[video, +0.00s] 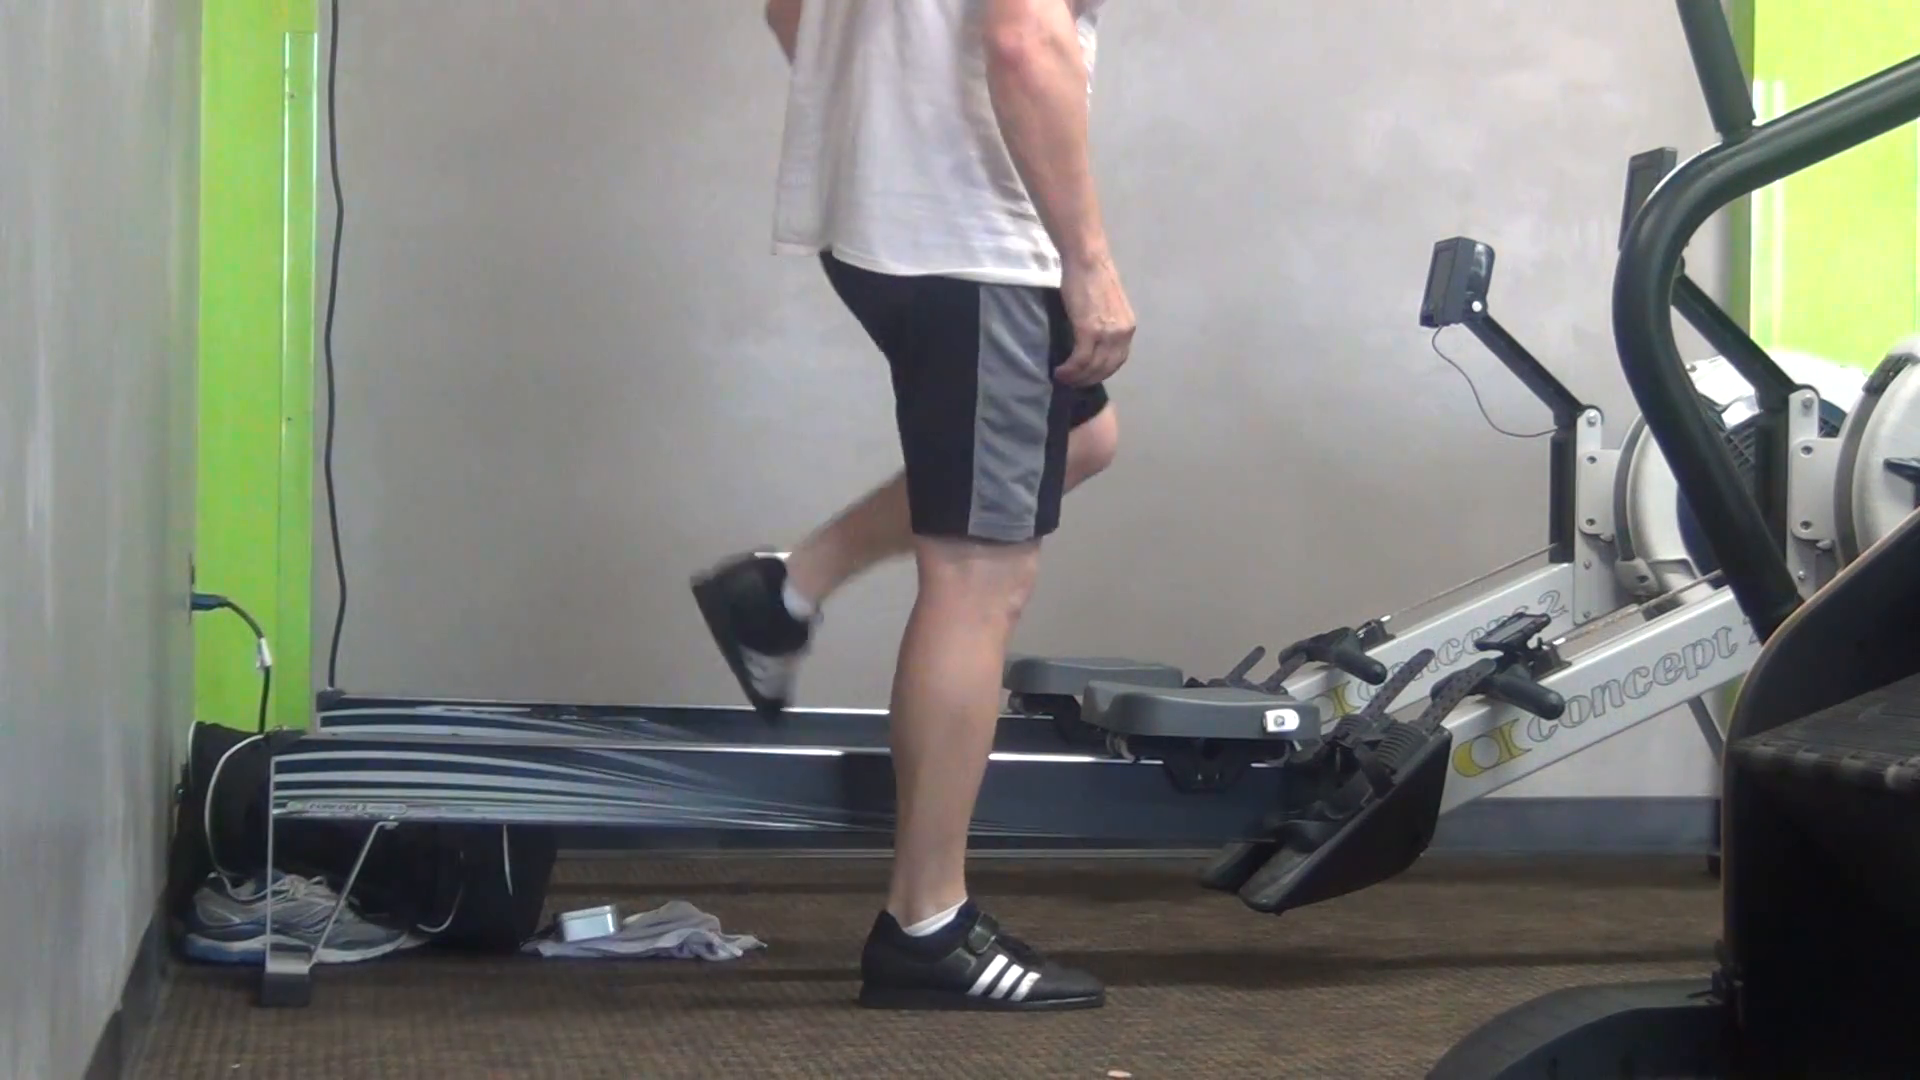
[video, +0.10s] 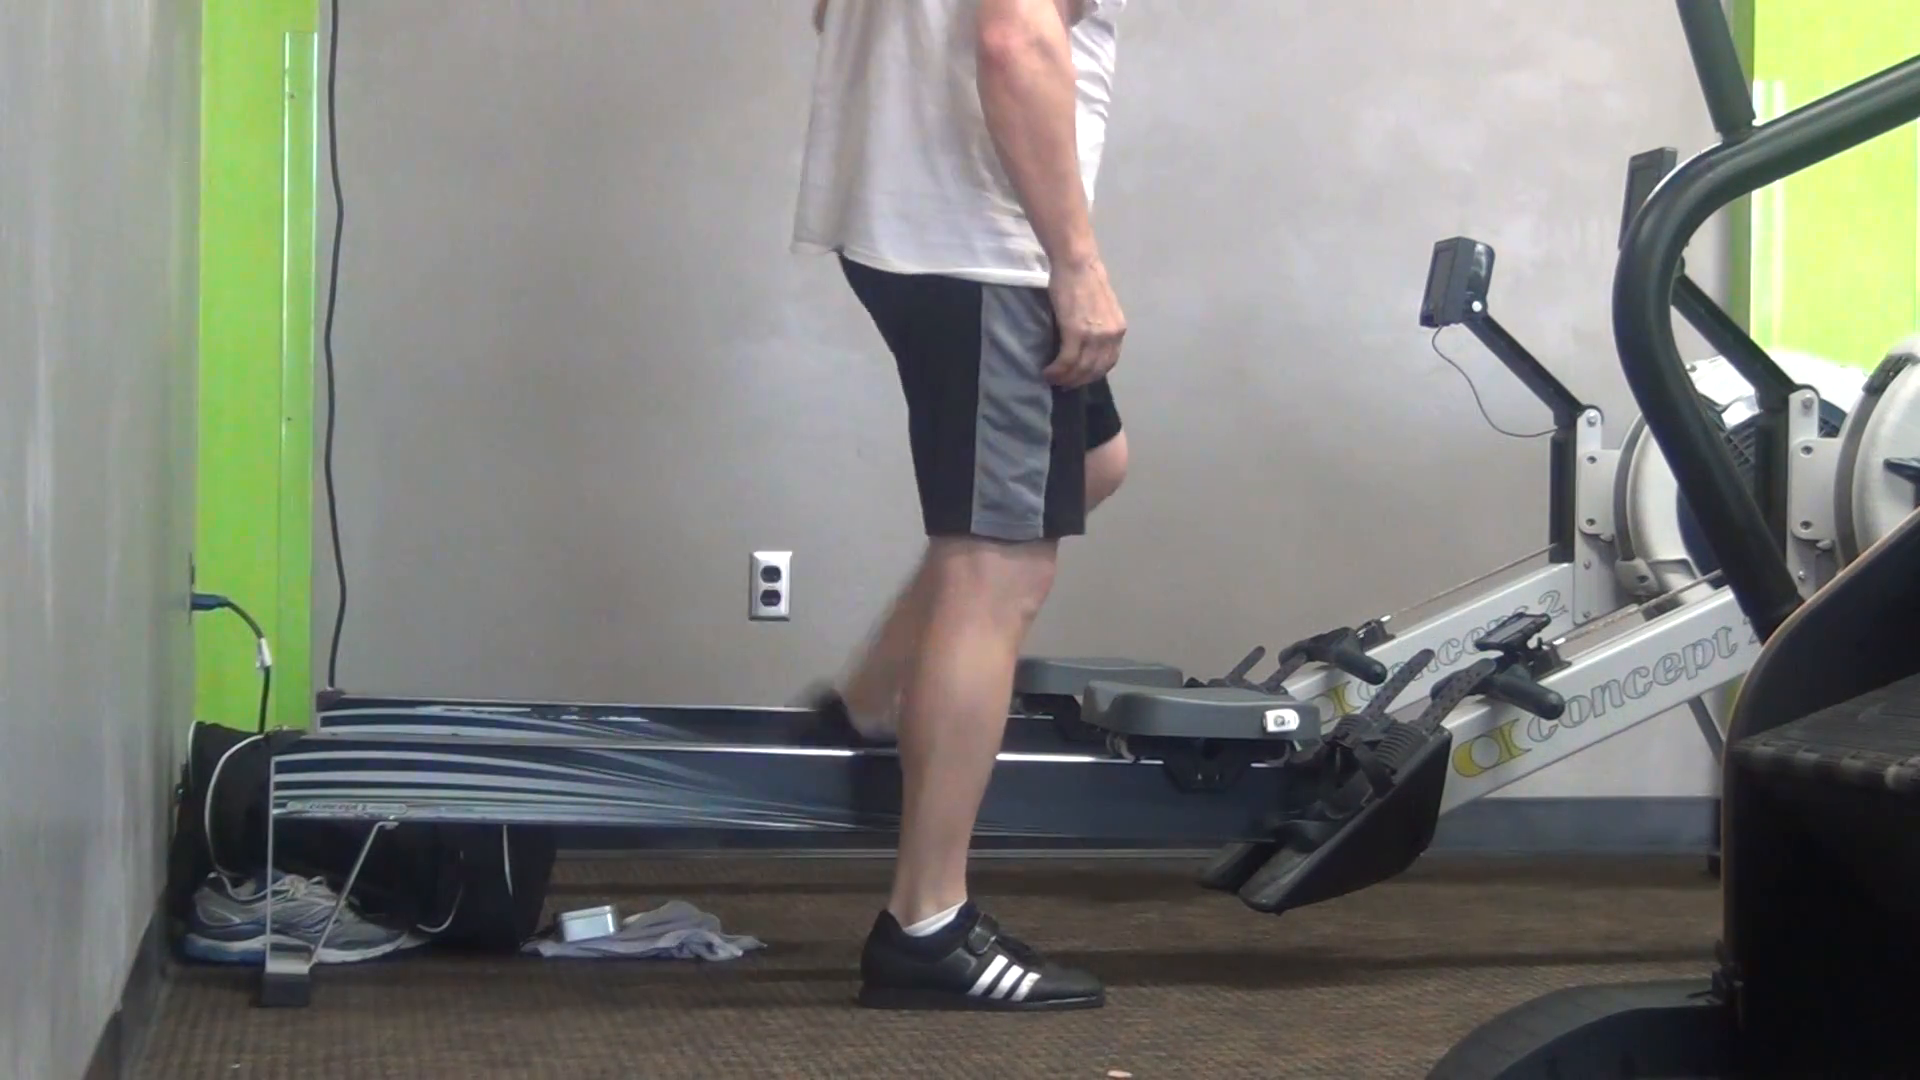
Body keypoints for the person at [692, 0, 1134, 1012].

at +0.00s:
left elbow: (788, 7)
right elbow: (1024, 43)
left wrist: (887, 108)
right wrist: (1091, 259)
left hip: (871, 206)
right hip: (963, 225)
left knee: (1079, 434)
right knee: (978, 581)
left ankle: (782, 590)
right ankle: (925, 926)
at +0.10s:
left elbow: (844, 24)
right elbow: (1017, 40)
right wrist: (1078, 259)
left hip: (900, 192)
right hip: (972, 214)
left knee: (1089, 457)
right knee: (1001, 563)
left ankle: (865, 705)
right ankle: (928, 923)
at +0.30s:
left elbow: (1026, 62)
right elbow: (1017, 45)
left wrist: (1094, 263)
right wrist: (1075, 264)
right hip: (991, 249)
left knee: (1037, 580)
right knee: (1035, 581)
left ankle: (1086, 861)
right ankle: (925, 928)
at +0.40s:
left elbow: (1058, 111)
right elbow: (1021, 52)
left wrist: (1133, 284)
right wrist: (1084, 266)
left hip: (1001, 260)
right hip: (1007, 260)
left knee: (1056, 587)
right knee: (1082, 583)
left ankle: (1095, 879)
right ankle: (933, 918)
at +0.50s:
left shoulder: (1171, 21)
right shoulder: (1139, 1)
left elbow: (1150, 192)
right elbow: (1024, 46)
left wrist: (1185, 359)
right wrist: (1080, 259)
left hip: (1018, 269)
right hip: (990, 263)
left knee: (1092, 574)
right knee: (1134, 555)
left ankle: (1086, 866)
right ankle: (985, 885)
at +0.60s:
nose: (1348, 26)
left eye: (1363, 19)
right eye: (1354, 4)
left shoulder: (1222, 79)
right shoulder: (1182, 2)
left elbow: (1206, 256)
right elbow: (1036, 44)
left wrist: (1236, 434)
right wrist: (1065, 261)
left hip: (1008, 276)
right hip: (966, 260)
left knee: (1108, 557)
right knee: (1120, 545)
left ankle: (1094, 888)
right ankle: (1086, 902)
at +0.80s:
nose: (1393, 175)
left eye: (1414, 163)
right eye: (1409, 143)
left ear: (1373, 85)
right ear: (1376, 73)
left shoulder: (1259, 211)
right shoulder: (1240, 49)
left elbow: (1248, 389)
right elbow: (1066, 96)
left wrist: (1279, 572)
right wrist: (1064, 310)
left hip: (1014, 330)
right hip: (963, 305)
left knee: (1148, 577)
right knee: (1152, 568)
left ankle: (1099, 887)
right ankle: (1135, 927)